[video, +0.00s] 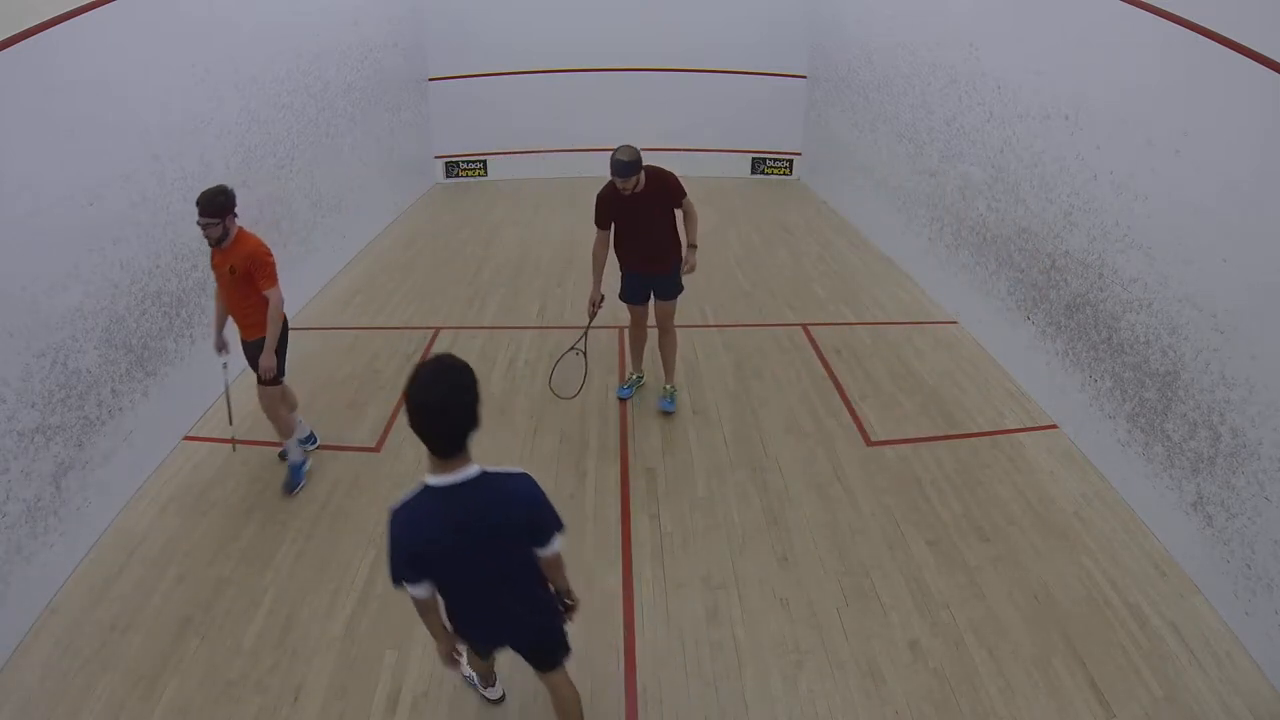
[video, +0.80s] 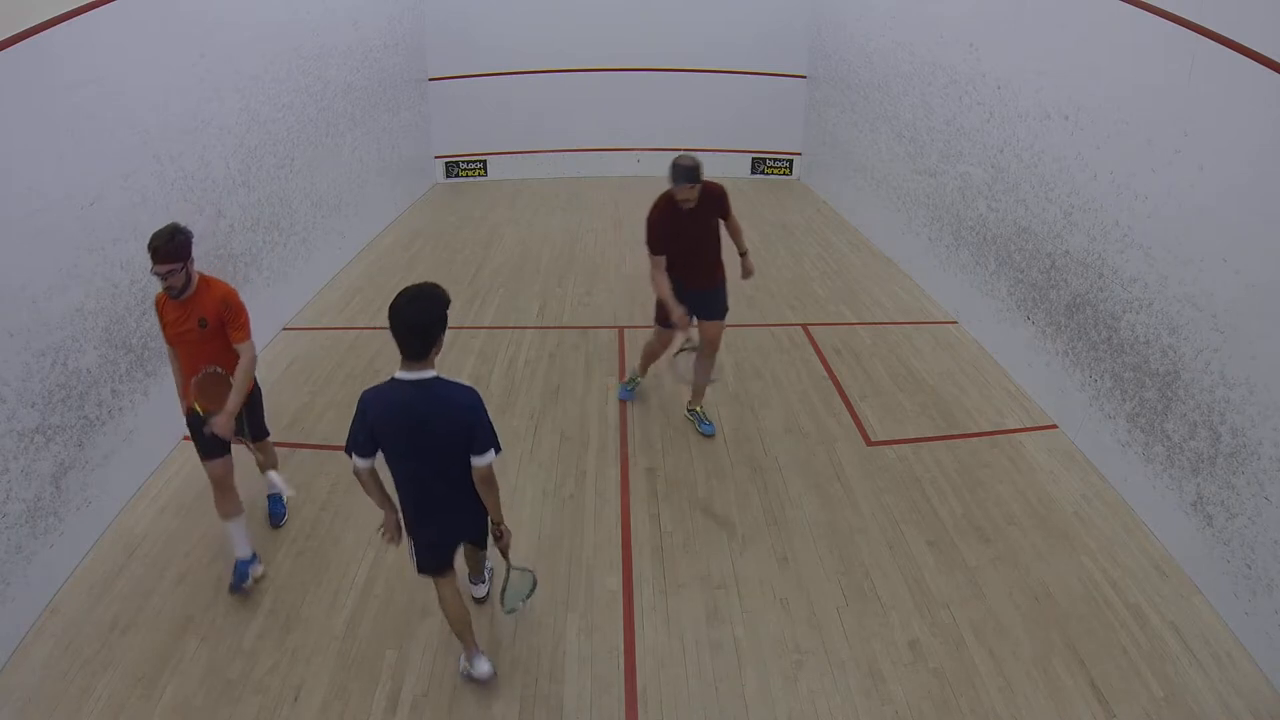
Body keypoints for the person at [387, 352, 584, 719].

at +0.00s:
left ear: (413, 424)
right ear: (476, 415)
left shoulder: (409, 519)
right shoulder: (518, 488)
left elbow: (423, 599)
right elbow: (550, 558)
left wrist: (442, 639)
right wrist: (565, 594)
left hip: (473, 621)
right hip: (530, 609)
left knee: (481, 656)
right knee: (558, 679)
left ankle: (489, 688)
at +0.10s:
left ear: (397, 409)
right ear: (458, 399)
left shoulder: (389, 495)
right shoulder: (497, 472)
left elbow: (400, 567)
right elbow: (532, 541)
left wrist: (421, 603)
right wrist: (550, 574)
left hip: (457, 603)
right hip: (514, 589)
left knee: (475, 646)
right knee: (545, 647)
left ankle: (489, 688)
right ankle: (568, 714)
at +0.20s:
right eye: (449, 377)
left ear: (387, 398)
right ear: (446, 392)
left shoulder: (376, 478)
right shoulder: (481, 463)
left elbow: (379, 542)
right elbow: (519, 528)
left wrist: (405, 572)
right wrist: (539, 562)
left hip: (446, 586)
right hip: (502, 574)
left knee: (471, 633)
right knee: (530, 621)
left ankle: (488, 685)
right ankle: (551, 703)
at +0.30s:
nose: (442, 379)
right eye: (441, 374)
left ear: (384, 389)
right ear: (436, 388)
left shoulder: (371, 464)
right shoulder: (471, 453)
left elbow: (371, 523)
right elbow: (508, 520)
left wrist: (392, 544)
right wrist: (530, 555)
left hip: (438, 575)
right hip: (492, 562)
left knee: (469, 630)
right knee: (517, 612)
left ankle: (488, 685)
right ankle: (530, 680)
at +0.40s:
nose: (439, 371)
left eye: (437, 363)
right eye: (437, 365)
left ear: (381, 378)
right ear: (432, 378)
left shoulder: (367, 451)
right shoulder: (464, 444)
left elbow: (367, 510)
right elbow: (501, 514)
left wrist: (392, 523)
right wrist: (522, 553)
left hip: (432, 567)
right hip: (484, 555)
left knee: (467, 626)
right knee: (501, 600)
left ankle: (488, 684)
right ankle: (509, 651)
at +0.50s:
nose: (438, 364)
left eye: (436, 355)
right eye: (437, 357)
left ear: (382, 367)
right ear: (430, 370)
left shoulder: (367, 438)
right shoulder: (459, 435)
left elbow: (369, 500)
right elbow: (495, 510)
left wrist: (408, 505)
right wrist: (516, 551)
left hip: (425, 554)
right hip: (474, 543)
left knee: (463, 618)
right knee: (484, 579)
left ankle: (487, 683)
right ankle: (492, 615)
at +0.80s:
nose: (446, 335)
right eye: (445, 329)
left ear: (394, 337)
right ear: (440, 343)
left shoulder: (374, 402)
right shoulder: (464, 399)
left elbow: (362, 465)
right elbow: (483, 473)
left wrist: (387, 508)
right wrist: (498, 520)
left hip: (421, 514)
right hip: (467, 504)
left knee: (445, 581)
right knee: (474, 542)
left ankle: (475, 658)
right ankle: (478, 583)